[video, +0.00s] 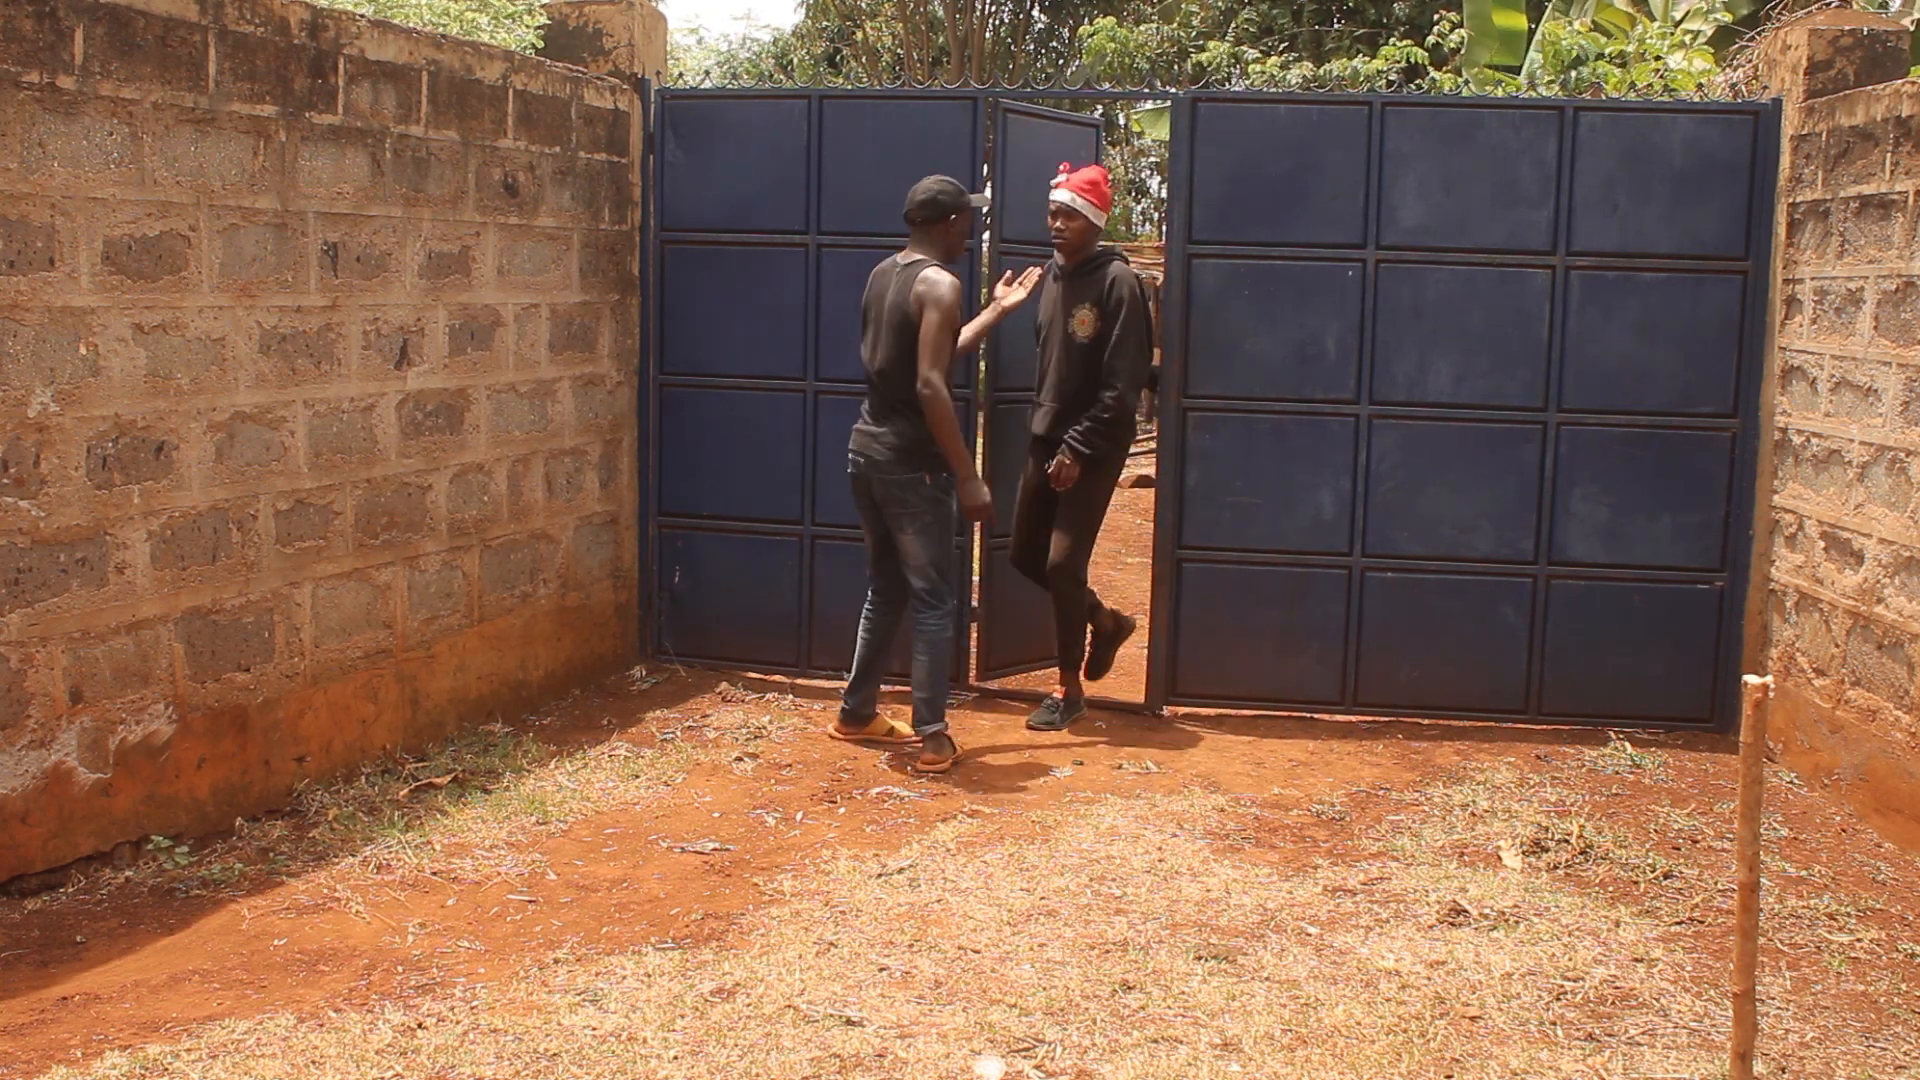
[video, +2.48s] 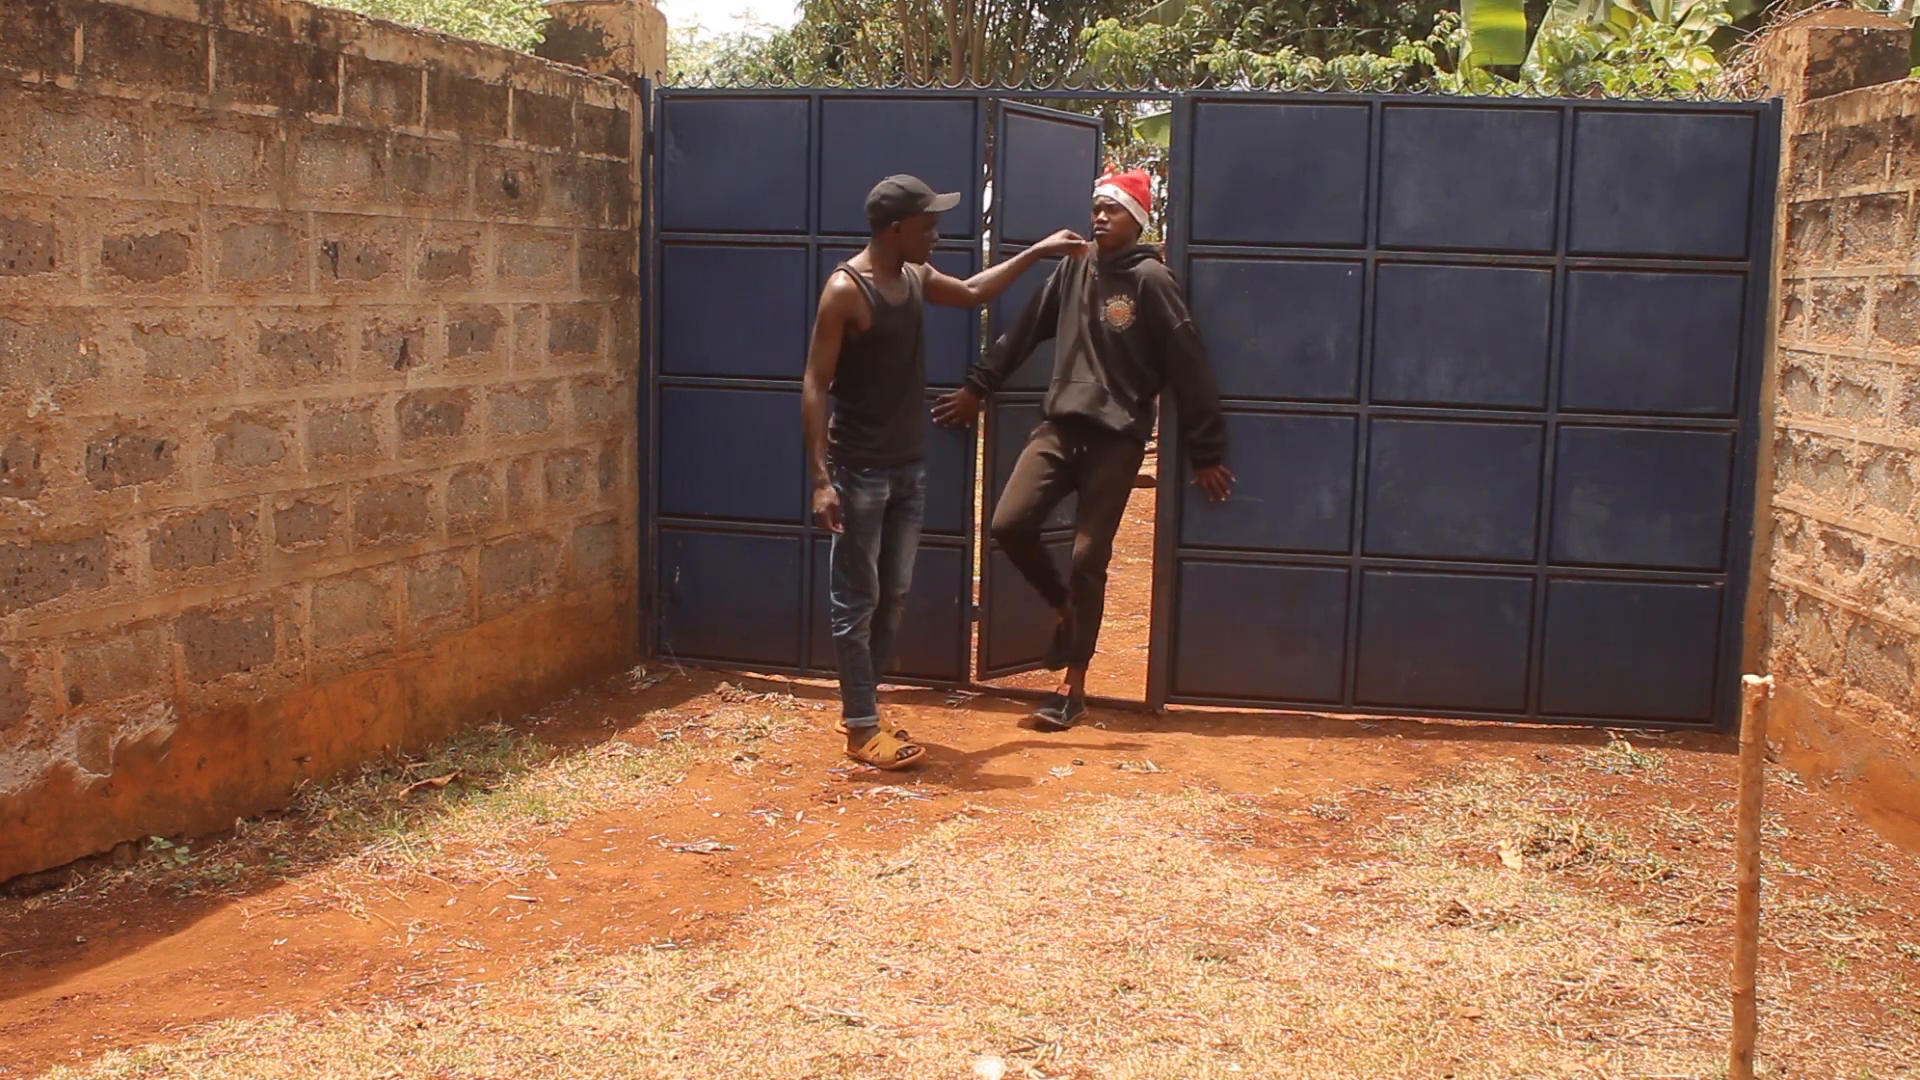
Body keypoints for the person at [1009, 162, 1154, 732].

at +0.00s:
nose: (1056, 223)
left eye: (1069, 214)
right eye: (1053, 212)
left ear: (1098, 221)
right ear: (1049, 216)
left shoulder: (1121, 281)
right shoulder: (1052, 276)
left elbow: (1123, 386)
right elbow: (1050, 358)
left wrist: (1079, 448)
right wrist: (1041, 428)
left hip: (1095, 444)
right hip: (1047, 437)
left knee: (1064, 564)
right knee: (1025, 554)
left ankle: (1071, 694)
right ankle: (1105, 621)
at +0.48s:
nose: (1044, 208)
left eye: (1056, 199)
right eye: (1043, 198)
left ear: (1089, 207)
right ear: (1043, 202)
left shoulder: (1122, 276)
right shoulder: (1029, 265)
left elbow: (1129, 372)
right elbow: (1007, 347)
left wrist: (1119, 455)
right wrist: (994, 415)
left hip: (1081, 439)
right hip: (1019, 433)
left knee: (1070, 564)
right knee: (1004, 554)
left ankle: (1071, 688)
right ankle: (1012, 681)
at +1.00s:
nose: (1036, 204)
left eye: (1048, 195)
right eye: (1034, 195)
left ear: (1079, 202)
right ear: (1035, 201)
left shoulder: (1104, 274)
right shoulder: (1024, 268)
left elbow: (1100, 377)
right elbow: (1003, 348)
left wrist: (1072, 455)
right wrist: (971, 310)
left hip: (1060, 439)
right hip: (1008, 434)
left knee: (1063, 566)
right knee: (1012, 559)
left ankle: (1070, 688)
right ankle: (1014, 682)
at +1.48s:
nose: (1043, 207)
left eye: (1055, 198)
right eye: (1040, 197)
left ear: (1088, 205)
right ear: (1039, 202)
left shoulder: (1118, 278)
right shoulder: (1025, 269)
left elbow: (1121, 377)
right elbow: (1000, 351)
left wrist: (1105, 460)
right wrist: (996, 423)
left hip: (1073, 444)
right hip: (1013, 437)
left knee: (1070, 568)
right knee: (1013, 562)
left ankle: (1071, 688)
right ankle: (1016, 681)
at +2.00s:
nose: (1066, 216)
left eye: (1078, 206)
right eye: (1063, 205)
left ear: (1109, 212)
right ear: (1060, 208)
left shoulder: (1134, 281)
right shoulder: (1046, 267)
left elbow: (1139, 377)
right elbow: (1007, 348)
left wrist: (1116, 455)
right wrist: (972, 409)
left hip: (1081, 437)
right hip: (1020, 430)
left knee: (1069, 566)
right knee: (1006, 555)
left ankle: (1071, 687)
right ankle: (1016, 678)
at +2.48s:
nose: (1101, 217)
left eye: (1113, 211)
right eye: (1098, 208)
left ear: (1139, 221)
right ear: (1092, 214)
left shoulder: (1150, 279)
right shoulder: (1073, 267)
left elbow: (1190, 367)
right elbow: (1022, 331)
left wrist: (1205, 452)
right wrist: (976, 387)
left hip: (1116, 434)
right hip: (1059, 424)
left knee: (1087, 557)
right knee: (1008, 525)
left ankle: (1072, 692)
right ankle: (1065, 605)